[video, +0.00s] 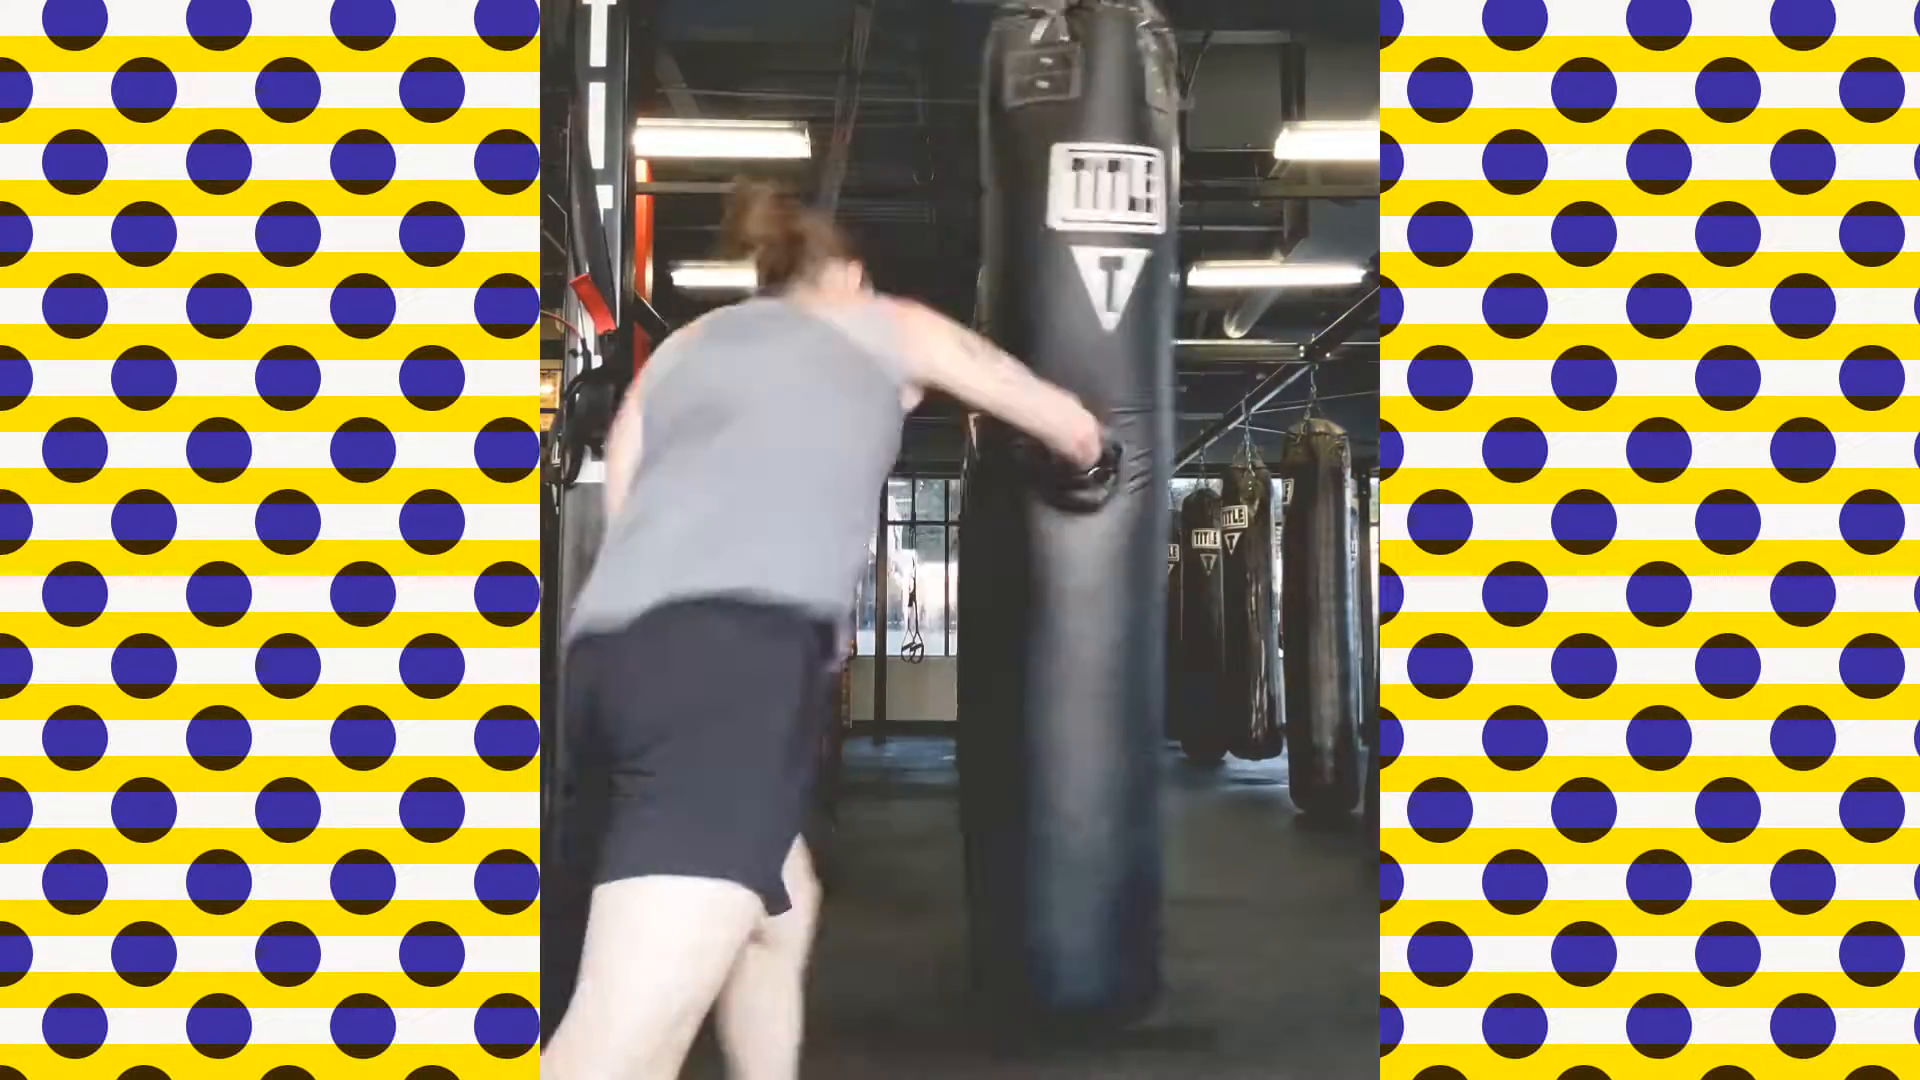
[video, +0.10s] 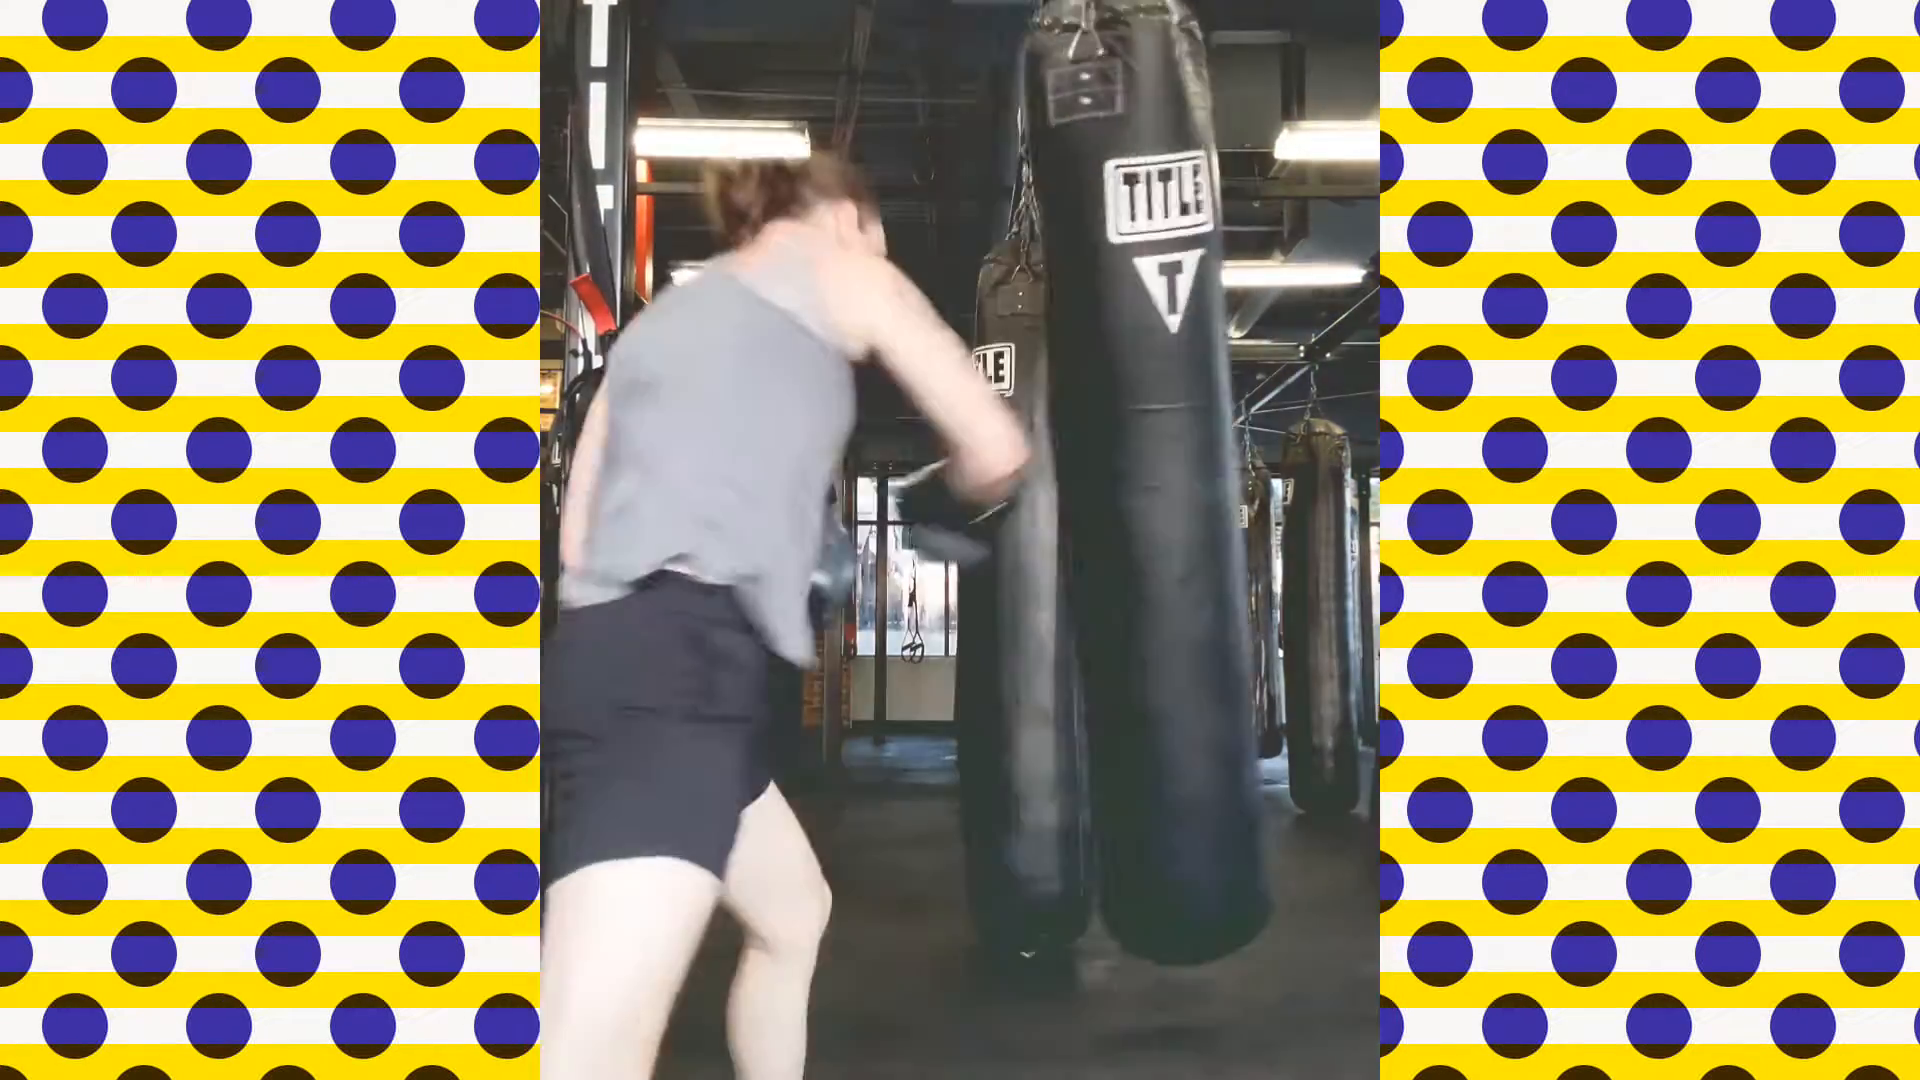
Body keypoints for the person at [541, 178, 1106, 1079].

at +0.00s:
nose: (865, 299)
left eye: (860, 289)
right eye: (863, 287)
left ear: (766, 277)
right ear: (846, 279)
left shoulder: (672, 353)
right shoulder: (880, 327)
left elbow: (621, 510)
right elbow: (1064, 421)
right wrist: (1093, 452)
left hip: (604, 657)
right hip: (733, 649)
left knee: (780, 902)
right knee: (614, 1047)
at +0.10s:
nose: (877, 257)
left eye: (878, 242)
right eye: (874, 239)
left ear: (754, 224)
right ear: (846, 218)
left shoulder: (652, 323)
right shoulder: (836, 267)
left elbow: (577, 542)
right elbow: (998, 450)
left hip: (605, 654)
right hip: (678, 658)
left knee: (791, 917)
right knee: (589, 1052)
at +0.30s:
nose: (793, 149)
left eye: (801, 118)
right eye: (790, 111)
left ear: (703, 77)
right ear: (727, 78)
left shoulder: (618, 211)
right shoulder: (574, 190)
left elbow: (706, 427)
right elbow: (723, 430)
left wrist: (808, 314)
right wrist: (830, 307)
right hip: (563, 650)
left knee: (726, 938)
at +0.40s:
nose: (827, 233)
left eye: (837, 206)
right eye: (831, 197)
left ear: (764, 151)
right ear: (767, 148)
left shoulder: (695, 294)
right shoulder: (563, 273)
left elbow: (658, 440)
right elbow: (551, 552)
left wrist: (814, 402)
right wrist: (741, 526)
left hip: (651, 711)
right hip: (520, 725)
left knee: (818, 957)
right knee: (436, 1008)